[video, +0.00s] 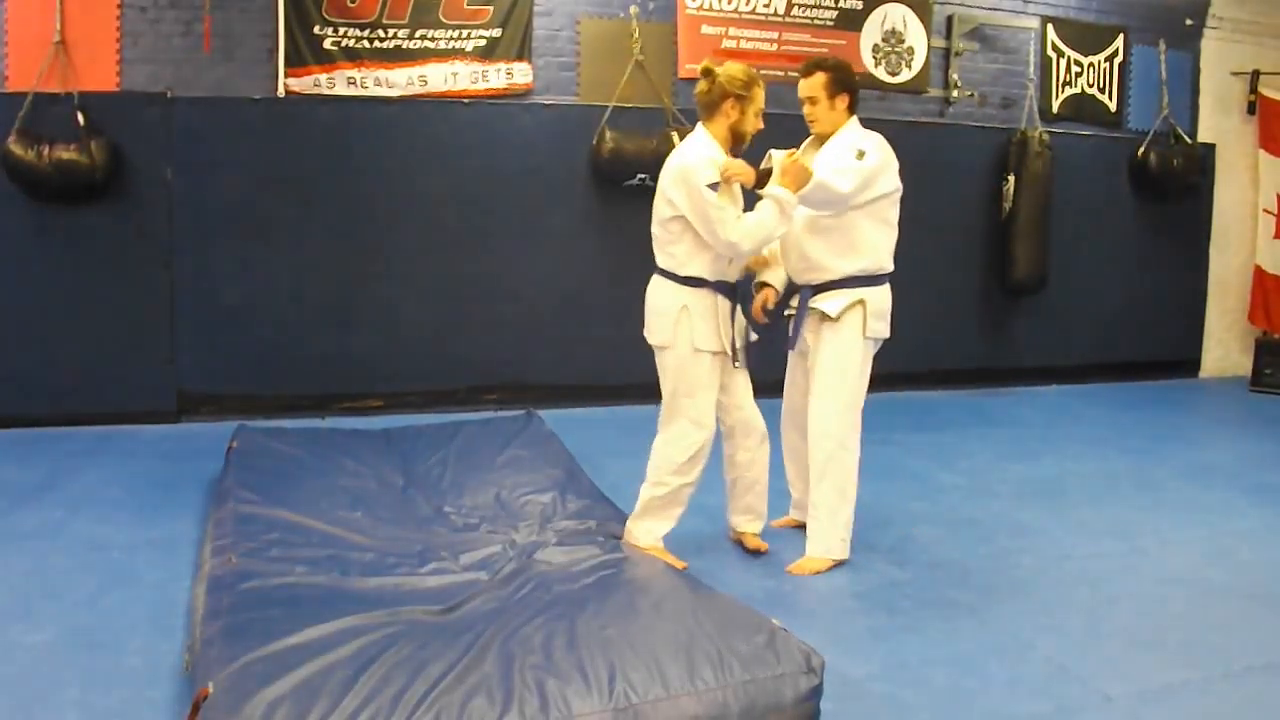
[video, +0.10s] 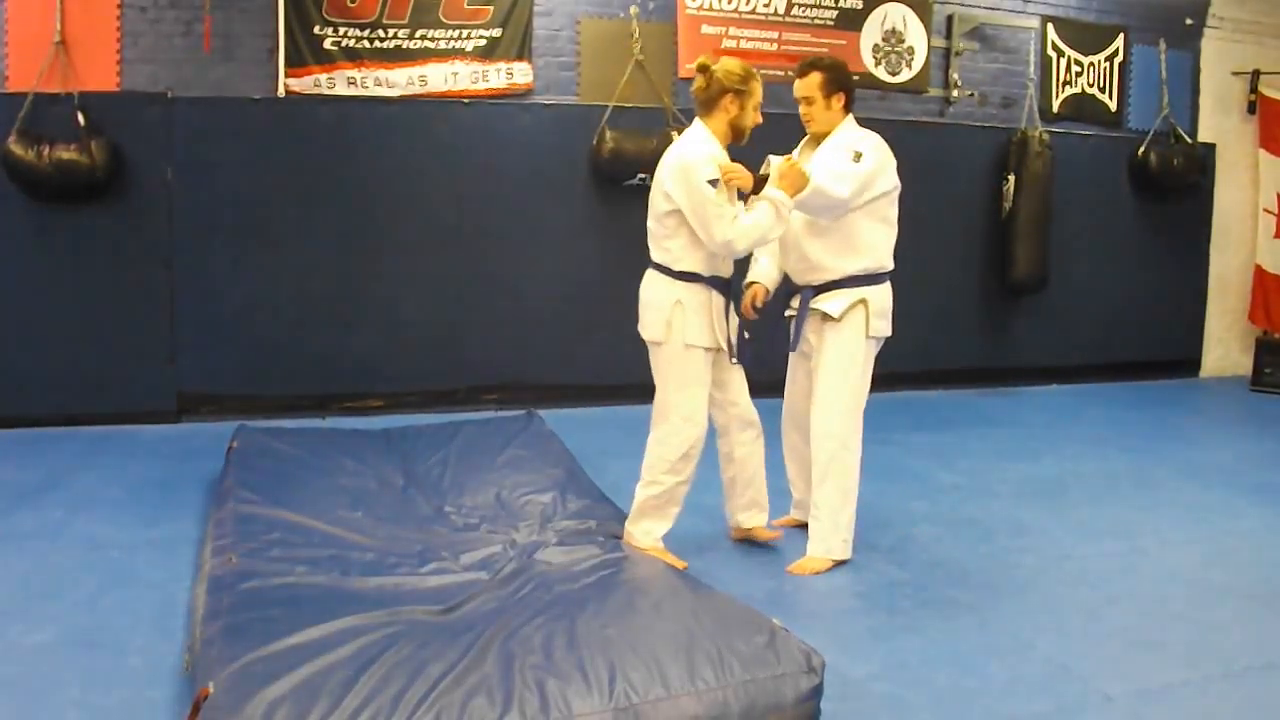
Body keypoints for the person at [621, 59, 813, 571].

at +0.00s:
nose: (761, 122)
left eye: (762, 114)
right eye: (758, 112)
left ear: (727, 108)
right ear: (732, 108)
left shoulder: (724, 160)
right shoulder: (693, 162)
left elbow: (751, 231)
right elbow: (734, 241)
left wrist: (767, 276)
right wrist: (783, 192)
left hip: (716, 303)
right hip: (683, 303)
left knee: (745, 421)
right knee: (690, 426)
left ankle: (746, 524)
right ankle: (643, 535)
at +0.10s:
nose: (758, 117)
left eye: (759, 108)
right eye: (755, 106)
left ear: (724, 103)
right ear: (730, 103)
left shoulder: (715, 153)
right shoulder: (692, 157)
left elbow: (741, 223)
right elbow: (727, 240)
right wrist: (779, 196)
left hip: (707, 297)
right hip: (677, 297)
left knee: (738, 414)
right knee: (682, 424)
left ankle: (748, 521)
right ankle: (643, 536)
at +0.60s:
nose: (753, 99)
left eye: (751, 90)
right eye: (750, 91)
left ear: (707, 94)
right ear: (731, 95)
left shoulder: (674, 139)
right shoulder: (726, 155)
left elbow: (740, 187)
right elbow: (784, 207)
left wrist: (782, 188)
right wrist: (847, 238)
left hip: (664, 281)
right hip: (685, 292)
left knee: (728, 376)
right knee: (686, 412)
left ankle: (723, 477)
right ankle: (645, 532)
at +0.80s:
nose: (758, 106)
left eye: (756, 97)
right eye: (755, 98)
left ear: (712, 99)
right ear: (740, 100)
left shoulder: (680, 150)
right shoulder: (742, 158)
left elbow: (718, 214)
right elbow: (783, 234)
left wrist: (768, 250)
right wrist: (836, 289)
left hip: (678, 284)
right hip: (707, 292)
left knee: (712, 403)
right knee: (693, 412)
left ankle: (707, 509)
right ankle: (646, 530)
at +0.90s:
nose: (772, 109)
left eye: (770, 100)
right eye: (769, 100)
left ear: (726, 105)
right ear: (750, 104)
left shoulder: (696, 155)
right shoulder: (750, 160)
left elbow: (694, 232)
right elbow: (769, 246)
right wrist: (790, 320)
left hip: (688, 282)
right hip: (720, 291)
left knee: (717, 407)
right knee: (719, 413)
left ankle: (707, 507)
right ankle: (651, 523)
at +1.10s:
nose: (796, 110)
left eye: (794, 101)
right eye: (791, 101)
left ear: (751, 104)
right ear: (773, 104)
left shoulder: (728, 148)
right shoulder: (767, 155)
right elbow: (750, 235)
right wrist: (728, 304)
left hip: (706, 277)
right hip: (737, 285)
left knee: (721, 406)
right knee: (775, 406)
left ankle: (709, 510)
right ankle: (727, 518)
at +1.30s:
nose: (809, 108)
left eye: (807, 100)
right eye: (804, 100)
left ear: (763, 104)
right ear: (787, 104)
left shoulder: (738, 151)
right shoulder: (787, 159)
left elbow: (723, 232)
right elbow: (778, 245)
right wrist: (770, 324)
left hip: (718, 285)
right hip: (754, 293)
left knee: (728, 409)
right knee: (779, 421)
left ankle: (710, 502)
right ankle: (759, 543)